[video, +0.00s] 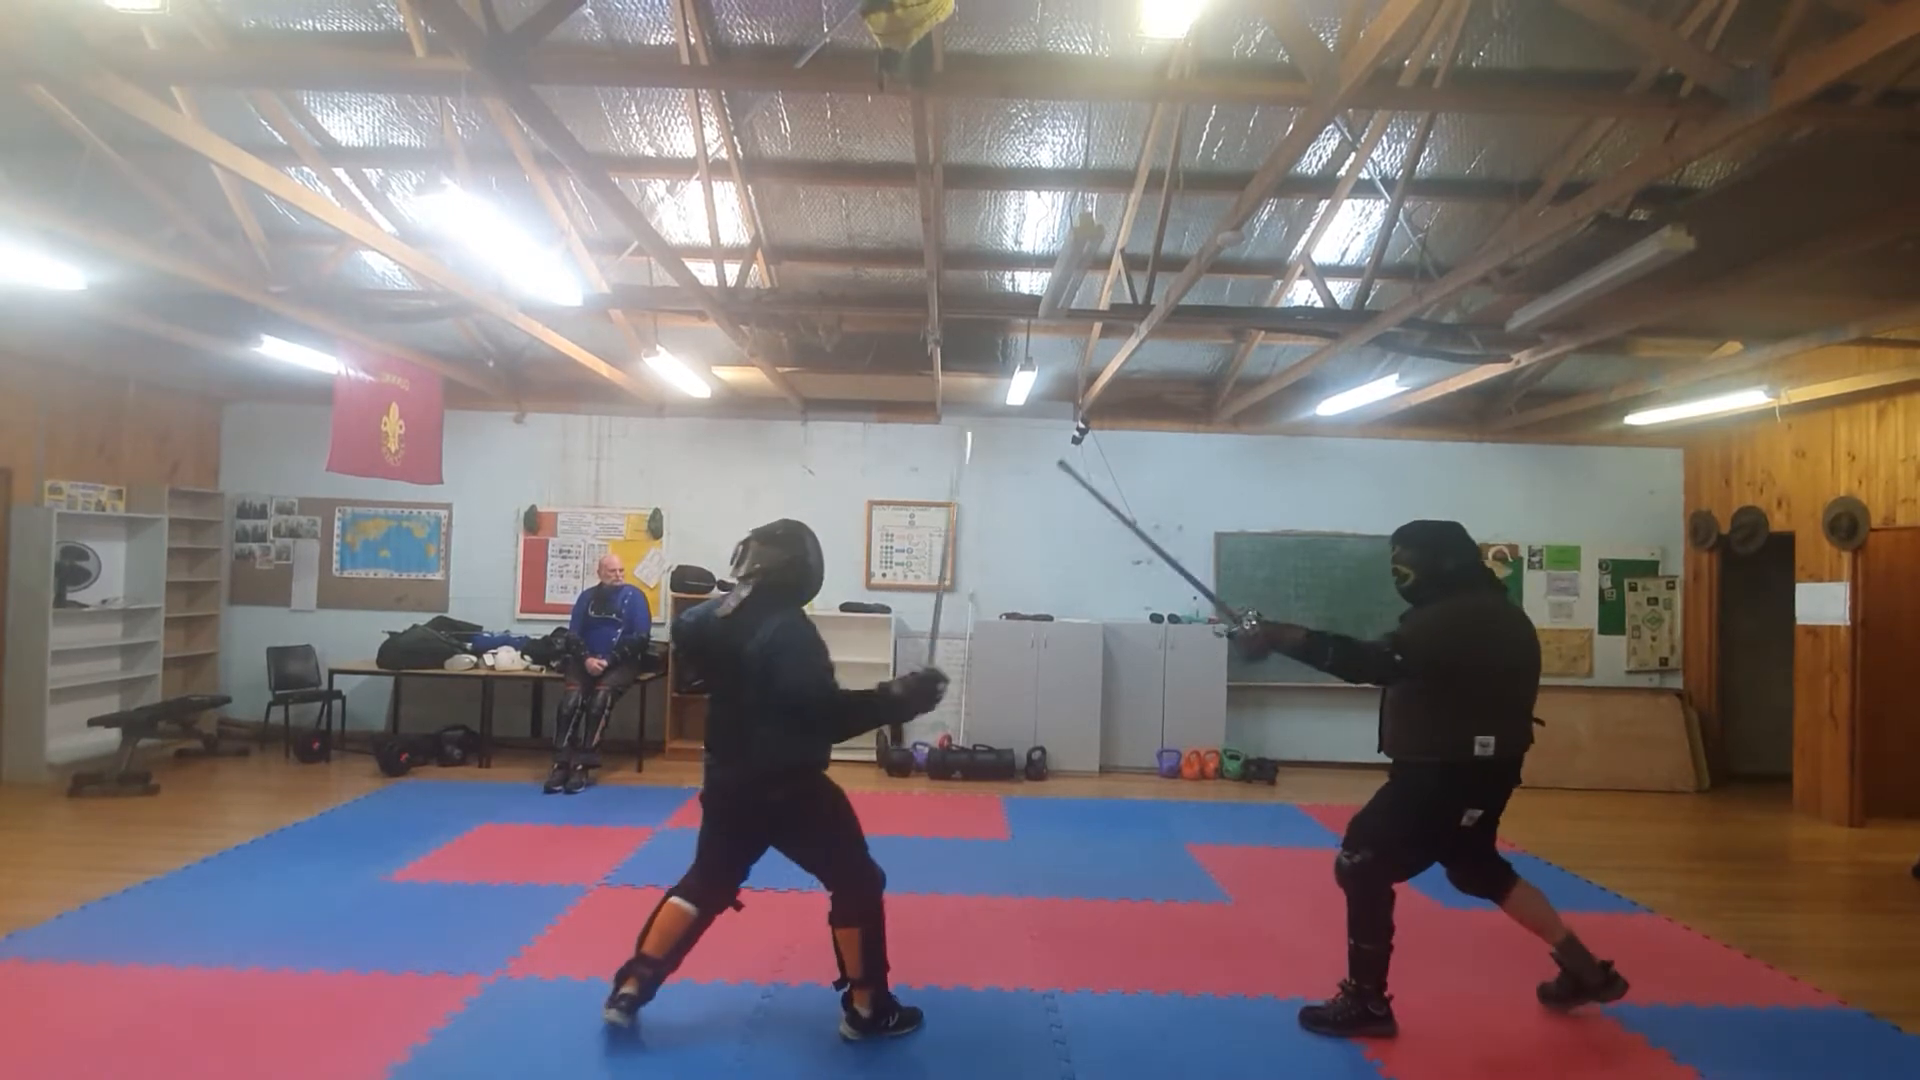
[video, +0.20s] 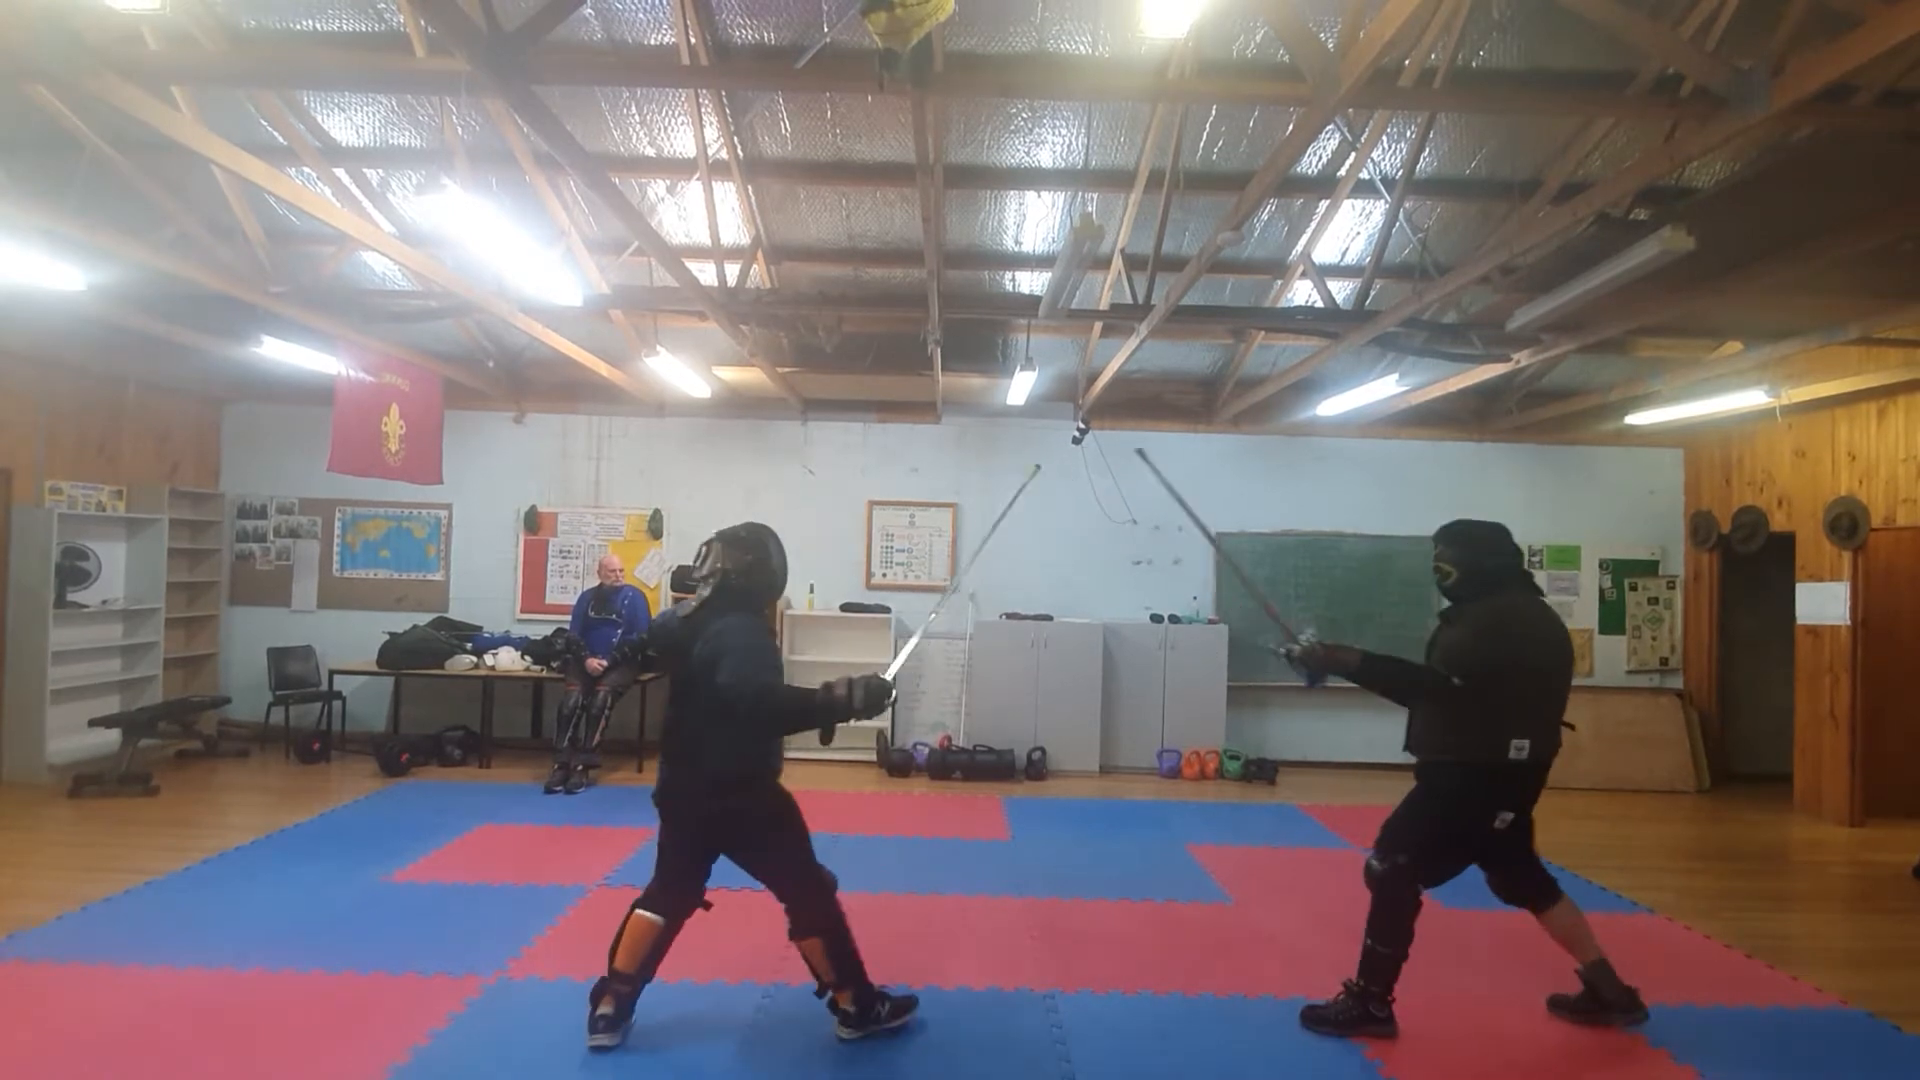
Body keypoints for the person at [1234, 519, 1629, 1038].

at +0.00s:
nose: (1399, 580)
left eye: (1404, 568)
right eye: (1396, 570)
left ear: (1437, 564)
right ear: (1459, 562)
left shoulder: (1446, 619)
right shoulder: (1503, 614)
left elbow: (1380, 663)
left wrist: (1289, 640)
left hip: (1438, 771)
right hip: (1489, 771)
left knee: (1363, 862)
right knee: (1475, 867)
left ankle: (1366, 998)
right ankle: (1586, 968)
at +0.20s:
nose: (1438, 578)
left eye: (1445, 567)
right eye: (1436, 567)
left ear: (1479, 565)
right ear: (1497, 565)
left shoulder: (1484, 621)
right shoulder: (1539, 619)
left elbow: (1439, 691)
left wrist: (1346, 661)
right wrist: (1352, 670)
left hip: (1467, 777)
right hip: (1511, 778)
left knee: (1393, 867)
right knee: (1520, 876)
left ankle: (1371, 998)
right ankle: (1608, 987)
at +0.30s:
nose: (1462, 579)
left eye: (1470, 567)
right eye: (1460, 567)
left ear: (1503, 567)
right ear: (1519, 566)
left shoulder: (1506, 628)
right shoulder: (1566, 623)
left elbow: (1477, 705)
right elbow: (1562, 723)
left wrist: (1380, 675)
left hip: (1490, 785)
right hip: (1535, 785)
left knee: (1421, 877)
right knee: (1556, 887)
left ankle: (1375, 1000)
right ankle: (1618, 1000)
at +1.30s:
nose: (1466, 578)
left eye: (1475, 567)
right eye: (1464, 567)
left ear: (1513, 565)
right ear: (1522, 567)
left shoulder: (1521, 626)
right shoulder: (1567, 623)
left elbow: (1458, 690)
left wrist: (1358, 661)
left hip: (1484, 775)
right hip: (1526, 778)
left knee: (1415, 870)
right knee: (1528, 879)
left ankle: (1393, 998)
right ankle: (1612, 994)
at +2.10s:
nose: (1468, 569)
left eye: (1477, 558)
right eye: (1464, 559)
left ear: (1516, 555)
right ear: (1520, 558)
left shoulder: (1531, 613)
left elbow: (1489, 698)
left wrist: (1396, 677)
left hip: (1494, 771)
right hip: (1524, 771)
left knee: (1428, 863)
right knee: (1515, 877)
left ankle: (1400, 995)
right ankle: (1559, 1003)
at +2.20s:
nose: (1463, 569)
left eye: (1472, 557)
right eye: (1459, 558)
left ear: (1510, 553)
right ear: (1513, 557)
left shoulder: (1531, 612)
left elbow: (1484, 698)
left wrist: (1391, 675)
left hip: (1492, 767)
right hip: (1528, 768)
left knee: (1414, 851)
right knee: (1516, 873)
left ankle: (1388, 984)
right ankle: (1559, 1004)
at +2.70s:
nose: (1403, 570)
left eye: (1411, 559)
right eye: (1401, 559)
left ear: (1446, 557)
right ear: (1459, 557)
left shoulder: (1457, 618)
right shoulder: (1501, 611)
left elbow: (1414, 700)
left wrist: (1319, 671)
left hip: (1422, 765)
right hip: (1465, 767)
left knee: (1357, 865)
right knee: (1454, 868)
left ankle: (1342, 997)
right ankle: (1543, 985)